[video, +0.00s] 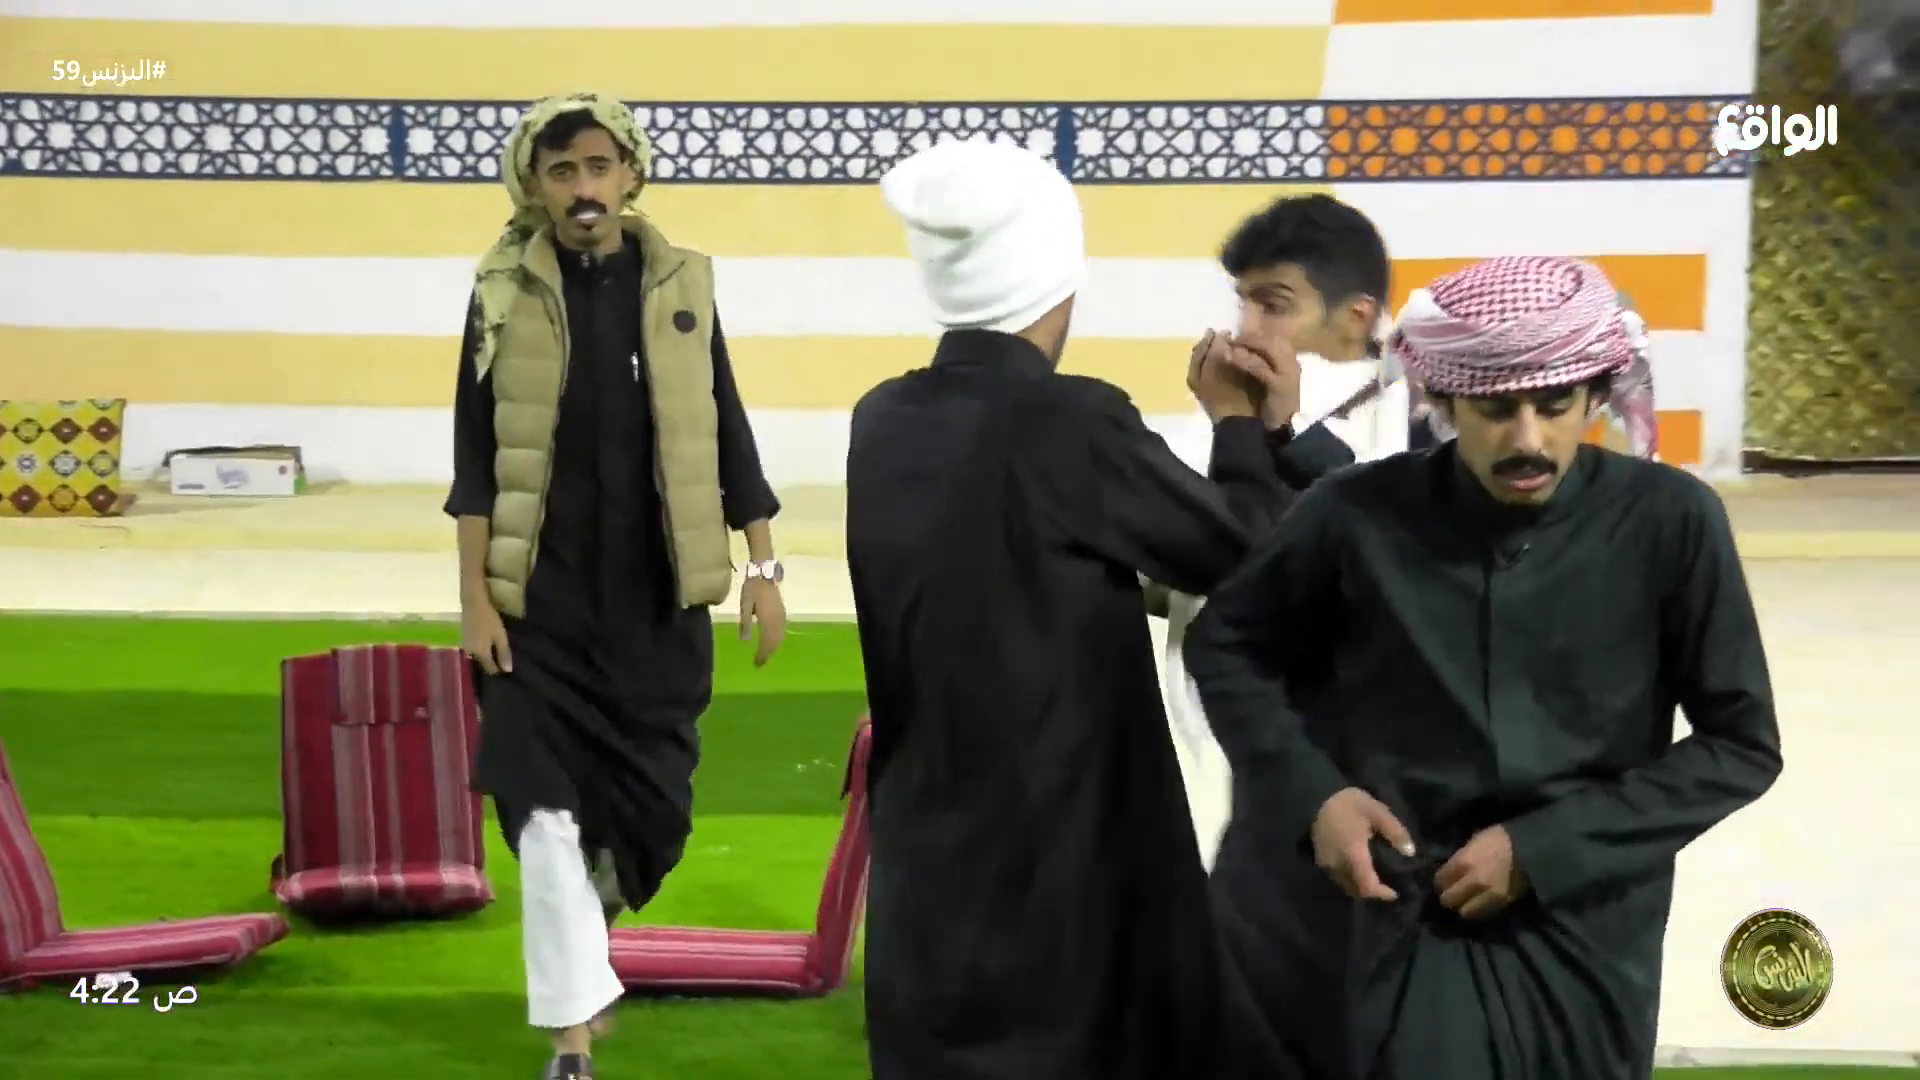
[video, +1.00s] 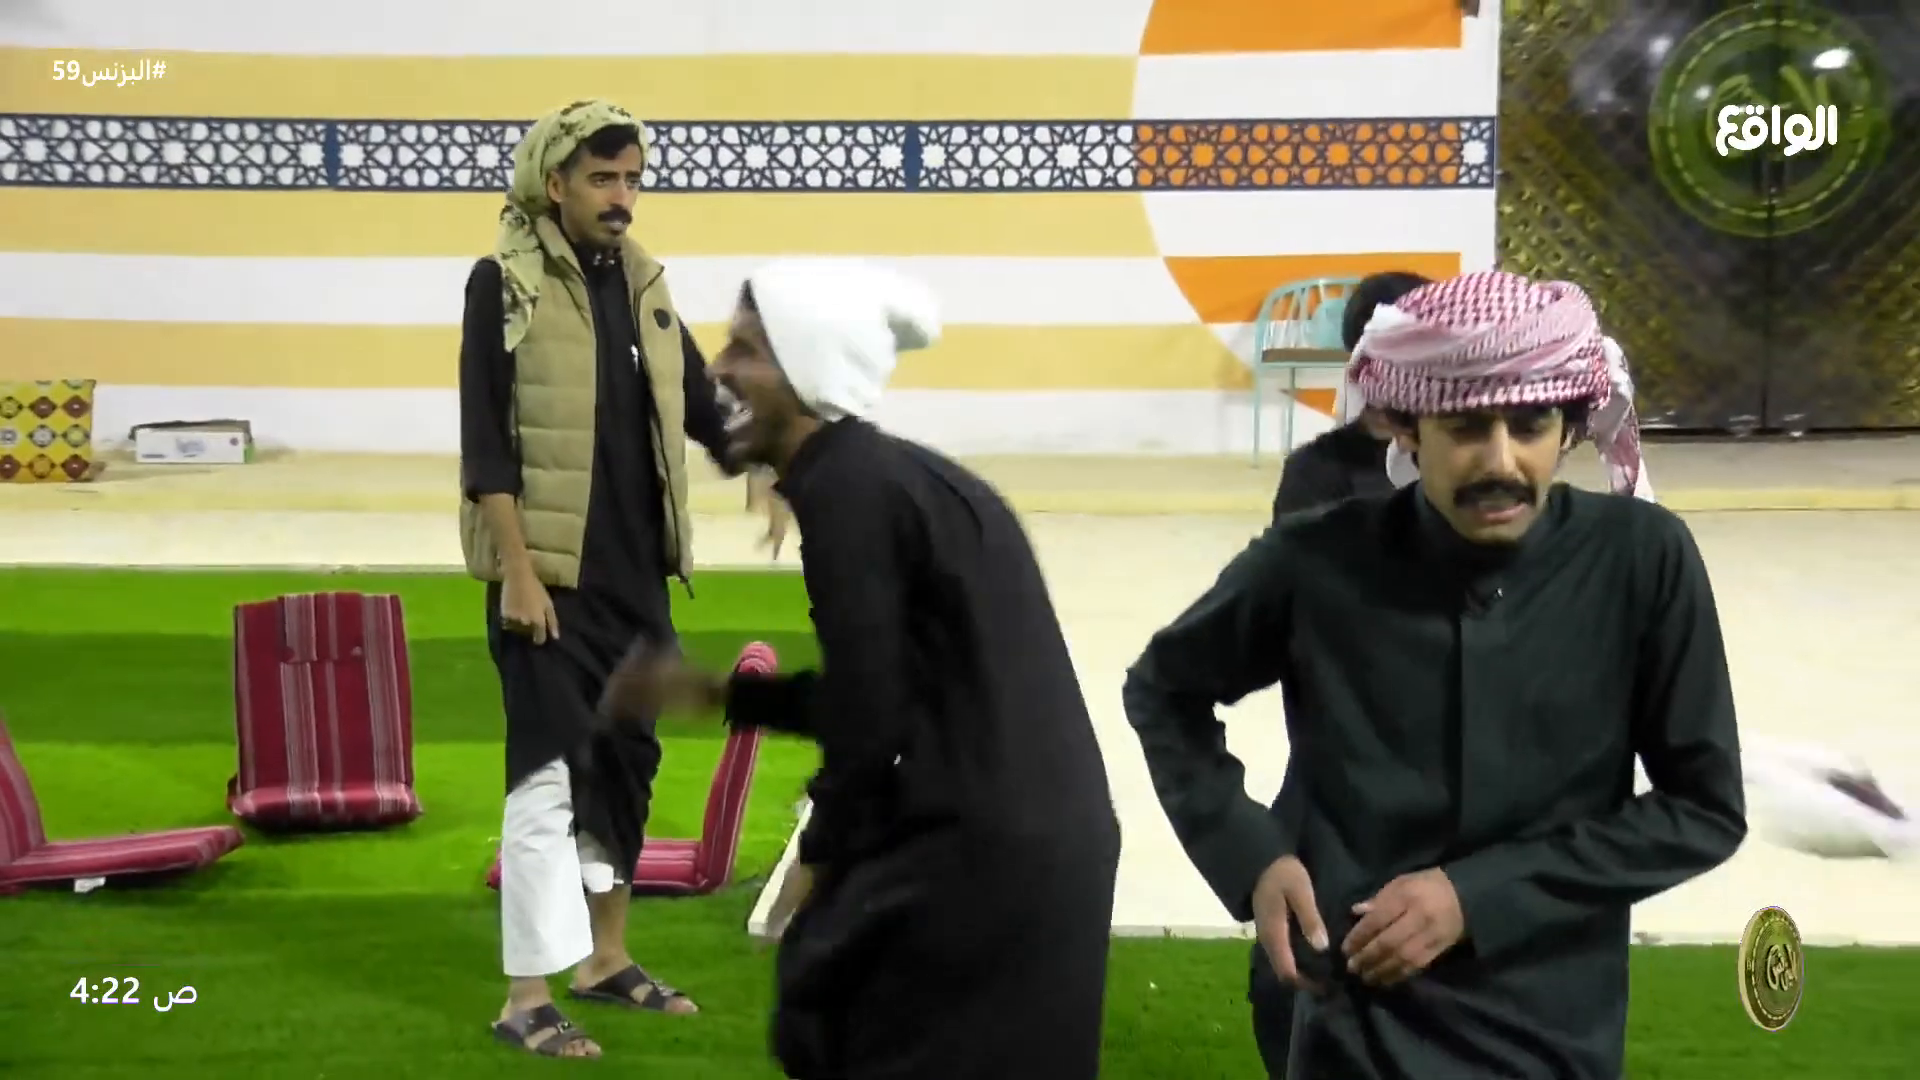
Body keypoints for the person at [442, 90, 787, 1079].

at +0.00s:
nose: (584, 186)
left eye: (601, 165)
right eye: (562, 170)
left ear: (633, 176)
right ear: (533, 187)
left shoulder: (681, 283)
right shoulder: (502, 293)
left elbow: (727, 426)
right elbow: (475, 450)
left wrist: (761, 562)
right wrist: (474, 593)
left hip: (656, 597)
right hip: (533, 595)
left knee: (652, 825)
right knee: (544, 815)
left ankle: (582, 920)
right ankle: (571, 1033)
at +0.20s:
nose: (596, 185)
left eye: (613, 167)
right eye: (575, 167)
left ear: (636, 174)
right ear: (540, 177)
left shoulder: (671, 281)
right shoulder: (493, 284)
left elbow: (718, 423)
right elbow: (460, 439)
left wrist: (760, 546)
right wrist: (466, 578)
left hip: (653, 588)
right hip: (531, 590)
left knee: (677, 780)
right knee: (533, 803)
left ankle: (632, 970)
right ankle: (539, 1021)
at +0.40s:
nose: (640, 207)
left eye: (658, 191)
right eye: (621, 187)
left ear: (673, 199)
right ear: (579, 190)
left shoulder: (688, 299)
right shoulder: (521, 292)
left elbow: (735, 437)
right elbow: (489, 448)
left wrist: (779, 566)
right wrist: (484, 591)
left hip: (665, 603)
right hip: (547, 602)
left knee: (675, 804)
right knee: (536, 812)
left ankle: (649, 1031)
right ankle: (518, 1006)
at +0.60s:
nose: (665, 200)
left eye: (680, 185)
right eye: (648, 179)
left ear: (693, 196)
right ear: (599, 179)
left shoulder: (697, 289)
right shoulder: (538, 278)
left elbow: (757, 395)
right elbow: (505, 428)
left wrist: (754, 419)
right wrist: (517, 561)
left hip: (669, 582)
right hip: (568, 578)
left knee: (663, 784)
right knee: (572, 782)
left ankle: (632, 1007)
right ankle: (491, 953)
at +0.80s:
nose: (654, 197)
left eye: (668, 182)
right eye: (637, 178)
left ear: (675, 189)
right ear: (587, 177)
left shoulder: (679, 286)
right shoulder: (528, 278)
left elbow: (764, 367)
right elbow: (502, 431)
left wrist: (751, 356)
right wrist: (534, 560)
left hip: (662, 572)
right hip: (565, 570)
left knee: (638, 777)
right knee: (571, 782)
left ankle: (614, 981)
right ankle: (526, 1014)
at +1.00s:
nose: (624, 198)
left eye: (634, 182)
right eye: (606, 180)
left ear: (638, 185)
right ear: (553, 179)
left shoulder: (641, 283)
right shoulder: (503, 284)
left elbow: (701, 402)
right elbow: (484, 438)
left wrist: (765, 453)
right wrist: (517, 566)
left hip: (639, 570)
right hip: (543, 571)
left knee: (625, 758)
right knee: (547, 773)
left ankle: (604, 961)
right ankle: (526, 996)